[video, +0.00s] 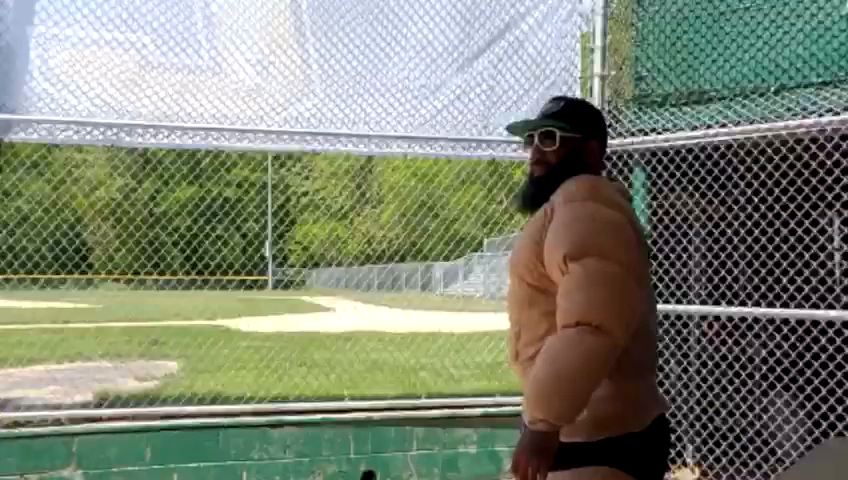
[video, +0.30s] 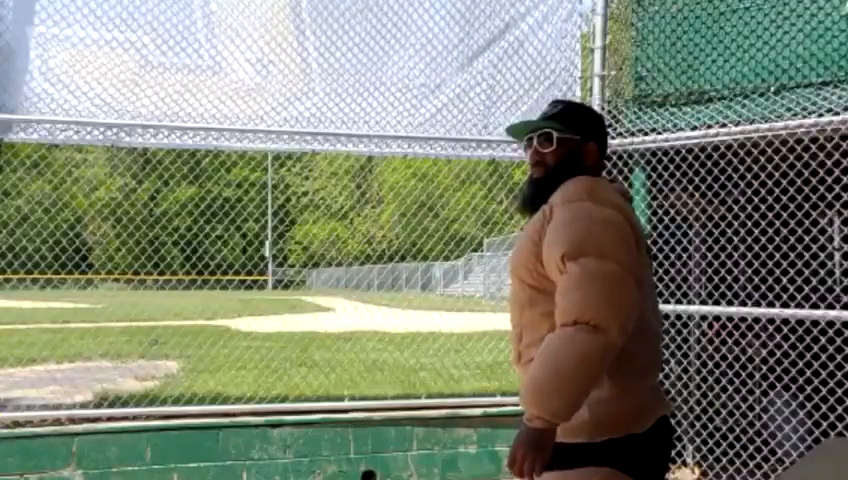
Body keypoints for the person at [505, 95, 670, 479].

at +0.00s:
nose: (534, 151)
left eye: (550, 138)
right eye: (531, 140)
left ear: (589, 149)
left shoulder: (585, 202)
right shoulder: (570, 202)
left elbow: (593, 322)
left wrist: (542, 424)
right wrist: (543, 421)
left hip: (602, 439)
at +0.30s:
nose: (532, 152)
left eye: (548, 139)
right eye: (530, 141)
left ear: (588, 151)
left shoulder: (583, 203)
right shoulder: (574, 202)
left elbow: (590, 321)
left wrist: (539, 420)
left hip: (600, 438)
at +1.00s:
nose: (525, 150)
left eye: (539, 137)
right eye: (527, 138)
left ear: (581, 149)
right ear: (583, 152)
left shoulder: (572, 205)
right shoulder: (596, 200)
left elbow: (577, 330)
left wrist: (530, 434)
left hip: (595, 441)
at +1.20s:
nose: (522, 149)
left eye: (536, 136)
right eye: (523, 137)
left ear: (575, 146)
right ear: (576, 149)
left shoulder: (569, 206)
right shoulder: (597, 199)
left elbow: (565, 330)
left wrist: (502, 428)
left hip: (593, 446)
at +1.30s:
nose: (520, 148)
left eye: (534, 135)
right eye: (523, 136)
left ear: (574, 145)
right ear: (575, 148)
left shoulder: (565, 205)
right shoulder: (601, 199)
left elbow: (559, 331)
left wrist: (491, 426)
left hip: (593, 450)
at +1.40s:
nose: (518, 147)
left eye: (532, 134)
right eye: (522, 134)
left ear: (570, 143)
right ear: (572, 146)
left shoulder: (562, 206)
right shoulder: (604, 199)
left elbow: (553, 332)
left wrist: (482, 427)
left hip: (592, 453)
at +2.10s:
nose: (515, 135)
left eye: (527, 122)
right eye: (519, 122)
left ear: (563, 130)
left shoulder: (550, 200)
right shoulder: (639, 197)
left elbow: (534, 347)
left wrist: (485, 457)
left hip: (586, 456)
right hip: (665, 439)